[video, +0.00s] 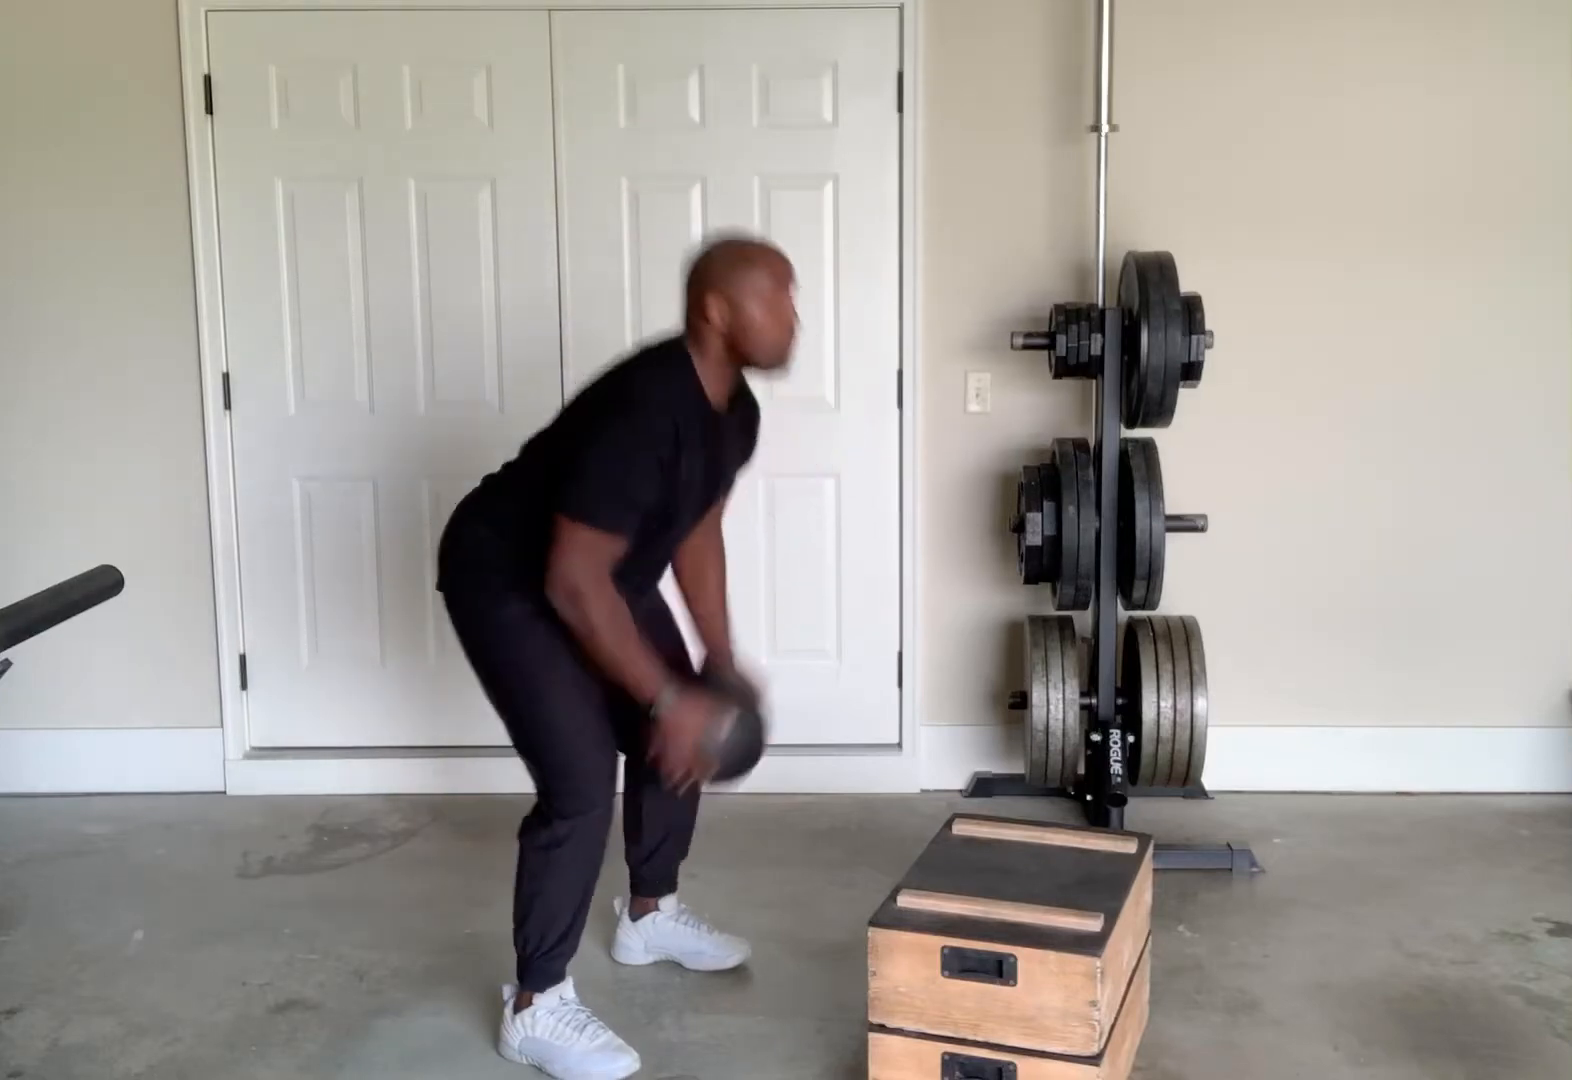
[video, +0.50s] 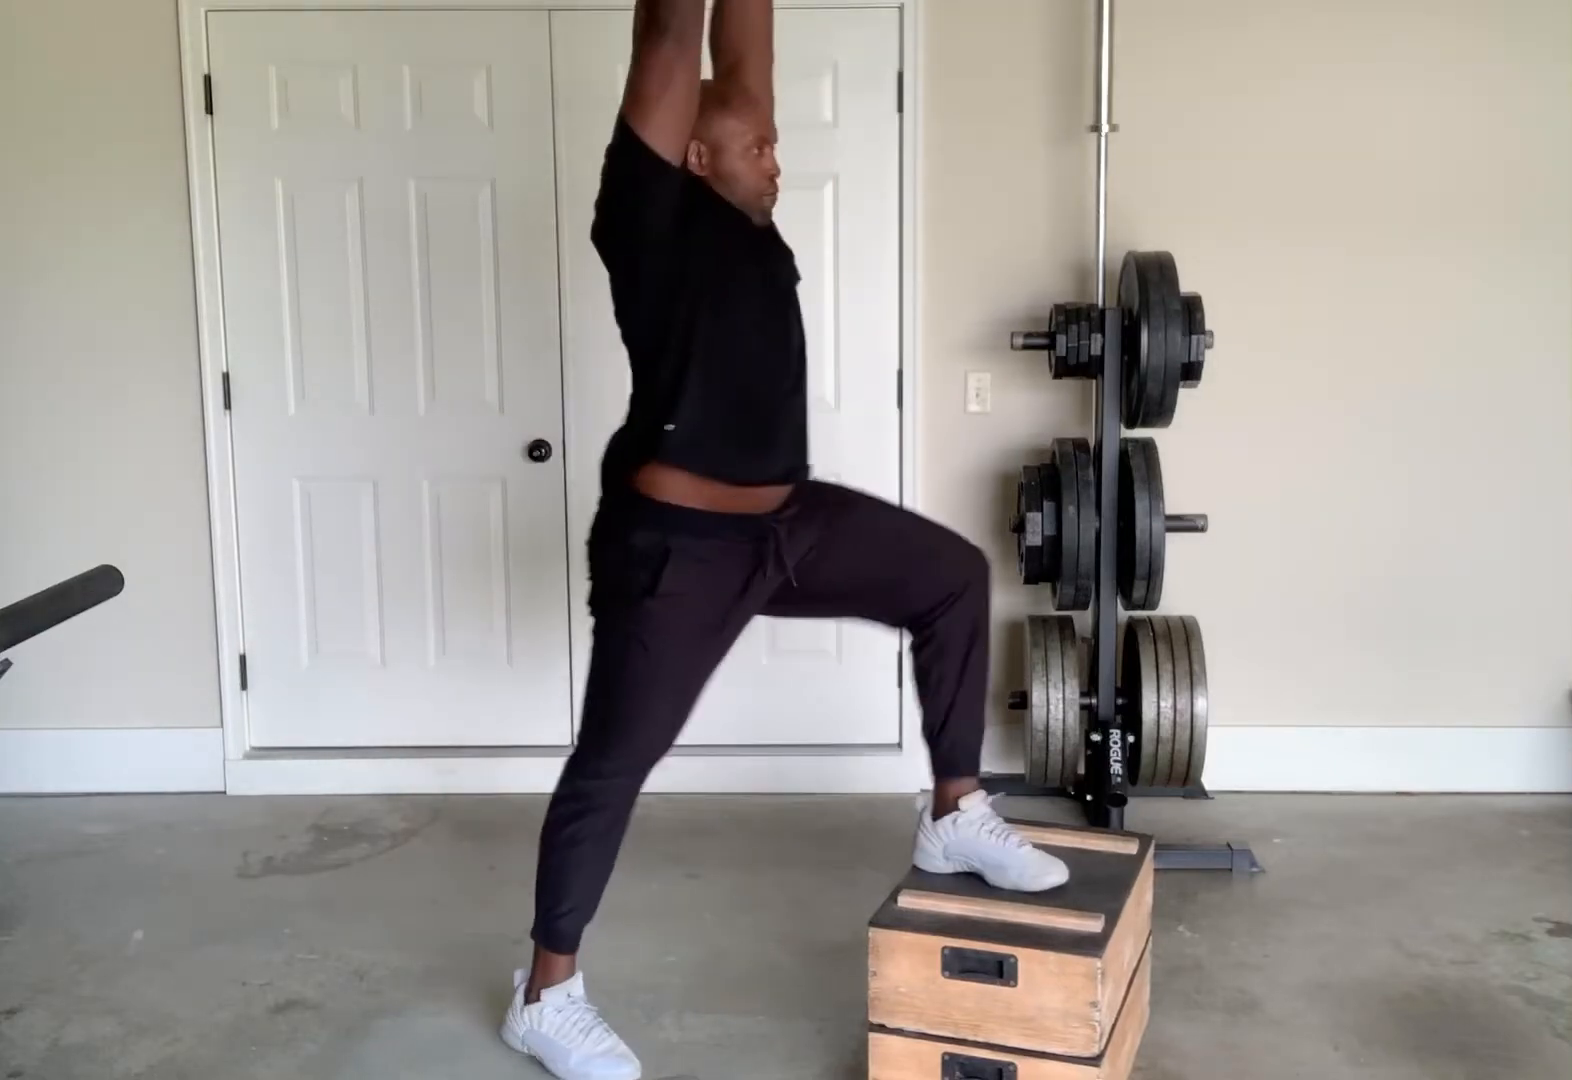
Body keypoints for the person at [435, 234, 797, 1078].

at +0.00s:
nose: (794, 315)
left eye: (792, 296)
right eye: (778, 296)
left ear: (731, 313)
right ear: (718, 310)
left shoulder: (736, 409)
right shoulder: (647, 403)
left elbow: (698, 531)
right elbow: (573, 577)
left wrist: (718, 658)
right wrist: (666, 700)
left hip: (602, 567)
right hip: (502, 570)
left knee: (682, 717)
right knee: (580, 778)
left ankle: (649, 915)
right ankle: (536, 1002)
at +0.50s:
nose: (774, 158)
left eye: (772, 140)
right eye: (754, 141)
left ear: (752, 150)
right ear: (697, 147)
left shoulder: (749, 227)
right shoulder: (646, 212)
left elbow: (747, 72)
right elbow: (665, 35)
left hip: (789, 515)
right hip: (673, 537)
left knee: (953, 577)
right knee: (611, 766)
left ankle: (957, 814)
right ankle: (548, 991)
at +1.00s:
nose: (760, 146)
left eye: (767, 127)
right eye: (735, 123)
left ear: (763, 134)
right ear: (678, 126)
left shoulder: (741, 210)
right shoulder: (635, 210)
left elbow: (782, 95)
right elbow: (668, 30)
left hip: (816, 504)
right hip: (700, 529)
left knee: (980, 582)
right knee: (646, 758)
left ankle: (959, 812)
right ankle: (562, 977)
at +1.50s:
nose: (599, 183)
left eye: (599, 165)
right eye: (581, 165)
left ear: (553, 172)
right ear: (517, 171)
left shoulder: (587, 268)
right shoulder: (473, 299)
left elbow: (604, 403)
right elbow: (497, 467)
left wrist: (691, 410)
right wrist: (658, 420)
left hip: (672, 524)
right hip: (574, 574)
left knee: (839, 595)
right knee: (568, 776)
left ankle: (761, 795)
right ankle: (541, 994)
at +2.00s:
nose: (651, 200)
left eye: (655, 183)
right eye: (639, 180)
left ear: (604, 174)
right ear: (580, 169)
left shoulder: (629, 284)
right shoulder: (515, 283)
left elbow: (646, 413)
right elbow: (500, 446)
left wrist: (693, 517)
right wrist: (633, 528)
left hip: (629, 551)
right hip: (549, 555)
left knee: (632, 736)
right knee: (566, 757)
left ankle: (624, 913)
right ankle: (527, 989)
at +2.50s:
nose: (664, 227)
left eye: (671, 211)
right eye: (655, 208)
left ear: (635, 196)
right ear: (599, 184)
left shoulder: (630, 287)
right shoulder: (526, 288)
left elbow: (639, 422)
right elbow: (511, 461)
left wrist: (679, 532)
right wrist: (626, 569)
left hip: (621, 553)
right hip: (539, 560)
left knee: (640, 733)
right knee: (553, 759)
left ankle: (625, 914)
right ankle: (522, 994)